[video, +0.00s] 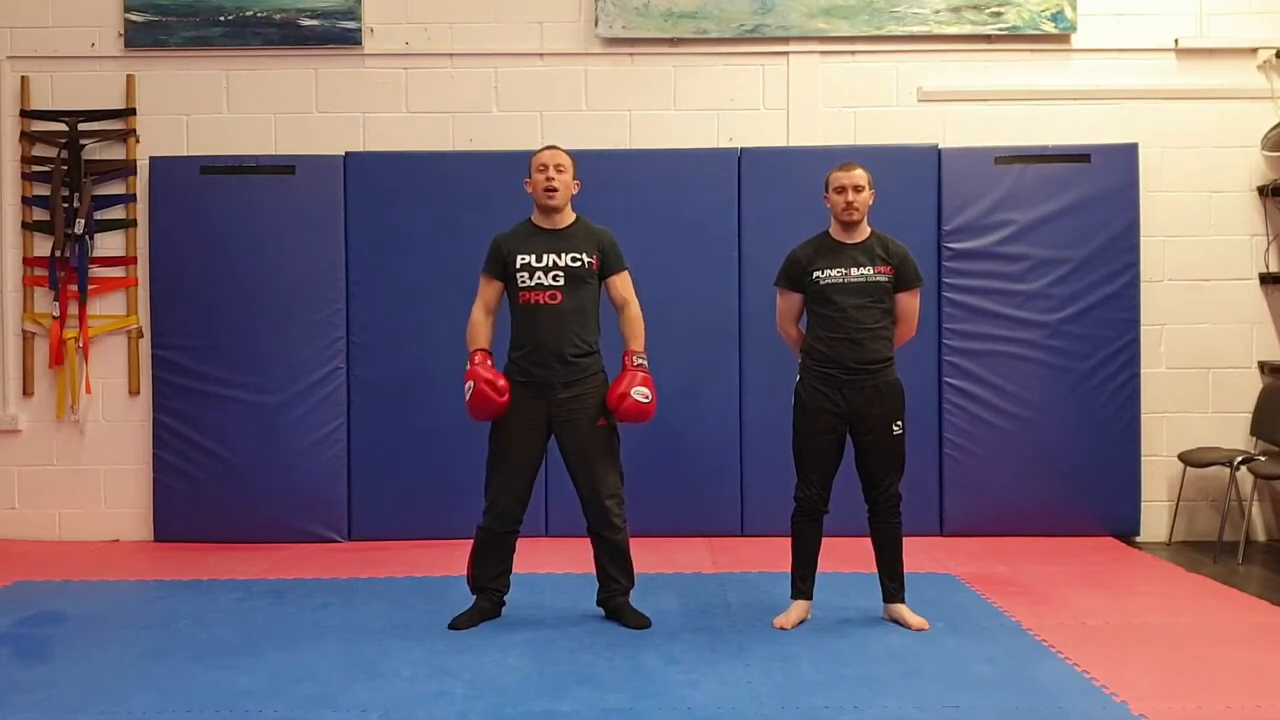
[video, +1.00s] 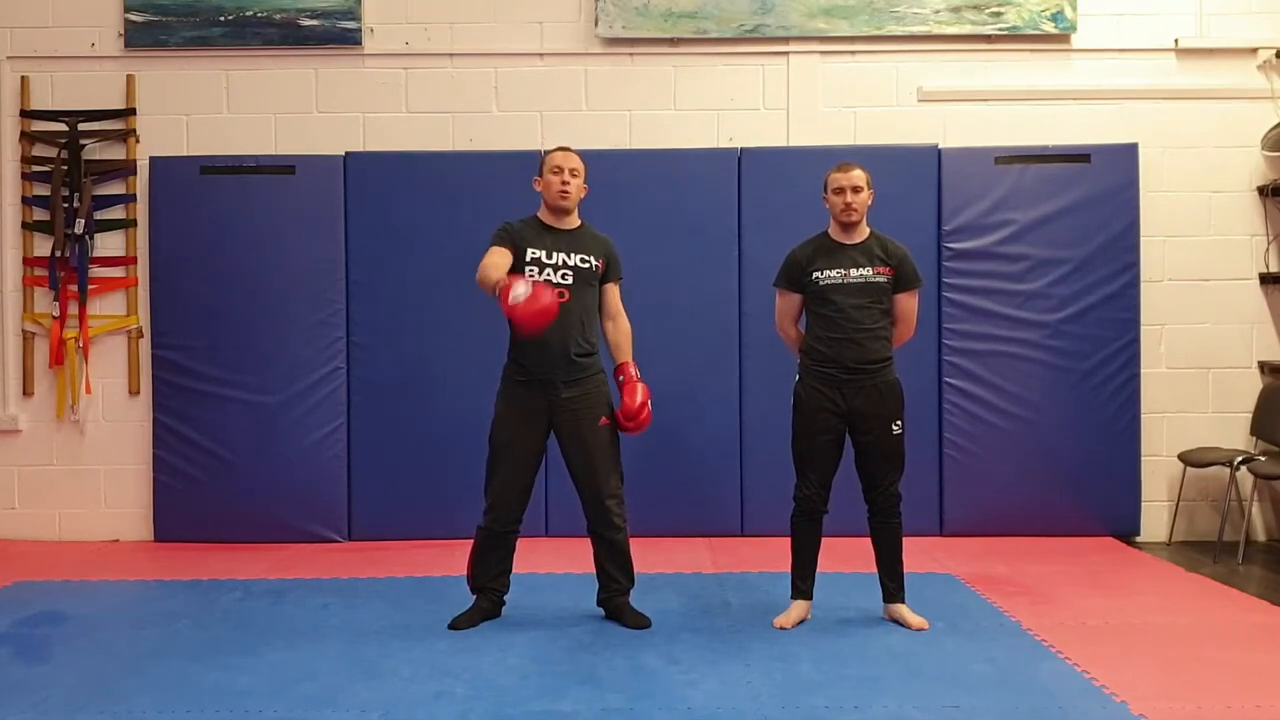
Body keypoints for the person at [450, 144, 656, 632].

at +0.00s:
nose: (550, 177)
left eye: (559, 171)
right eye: (542, 171)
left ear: (574, 184)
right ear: (529, 184)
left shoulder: (598, 240)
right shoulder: (508, 244)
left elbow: (628, 305)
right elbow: (484, 310)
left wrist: (637, 365)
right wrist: (479, 362)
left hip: (585, 388)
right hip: (521, 389)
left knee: (606, 499)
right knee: (503, 501)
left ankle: (616, 597)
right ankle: (488, 597)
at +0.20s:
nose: (547, 176)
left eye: (557, 170)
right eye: (539, 170)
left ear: (575, 186)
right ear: (528, 184)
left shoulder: (598, 240)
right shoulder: (507, 245)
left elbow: (628, 303)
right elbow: (476, 305)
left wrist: (647, 363)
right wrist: (474, 332)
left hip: (584, 388)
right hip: (522, 390)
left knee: (605, 499)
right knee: (503, 499)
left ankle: (616, 598)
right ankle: (488, 597)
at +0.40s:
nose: (547, 176)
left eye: (557, 171)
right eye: (540, 170)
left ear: (575, 187)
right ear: (527, 184)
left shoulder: (598, 240)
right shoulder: (507, 245)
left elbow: (628, 306)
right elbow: (472, 312)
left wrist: (651, 363)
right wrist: (473, 282)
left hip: (583, 389)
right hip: (522, 389)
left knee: (604, 498)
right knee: (503, 499)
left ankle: (616, 598)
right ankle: (488, 598)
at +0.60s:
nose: (552, 175)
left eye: (561, 170)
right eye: (544, 169)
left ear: (577, 186)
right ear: (531, 183)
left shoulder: (597, 240)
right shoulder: (510, 238)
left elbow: (624, 308)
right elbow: (477, 305)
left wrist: (644, 366)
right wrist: (487, 246)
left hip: (582, 387)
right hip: (522, 388)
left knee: (604, 498)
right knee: (502, 499)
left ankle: (616, 598)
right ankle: (488, 598)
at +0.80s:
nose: (559, 177)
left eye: (568, 171)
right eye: (551, 170)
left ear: (580, 186)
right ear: (535, 184)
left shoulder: (599, 243)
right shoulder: (515, 235)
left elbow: (618, 312)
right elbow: (479, 290)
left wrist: (633, 370)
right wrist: (504, 240)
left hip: (583, 388)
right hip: (523, 388)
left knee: (605, 498)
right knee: (503, 498)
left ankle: (616, 597)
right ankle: (488, 597)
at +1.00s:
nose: (565, 181)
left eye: (573, 175)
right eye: (557, 173)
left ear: (585, 188)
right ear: (539, 184)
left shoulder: (600, 247)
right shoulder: (515, 233)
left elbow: (614, 316)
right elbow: (487, 272)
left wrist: (628, 374)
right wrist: (513, 287)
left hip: (584, 390)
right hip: (524, 390)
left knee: (606, 499)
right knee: (503, 499)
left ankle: (616, 598)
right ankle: (488, 597)